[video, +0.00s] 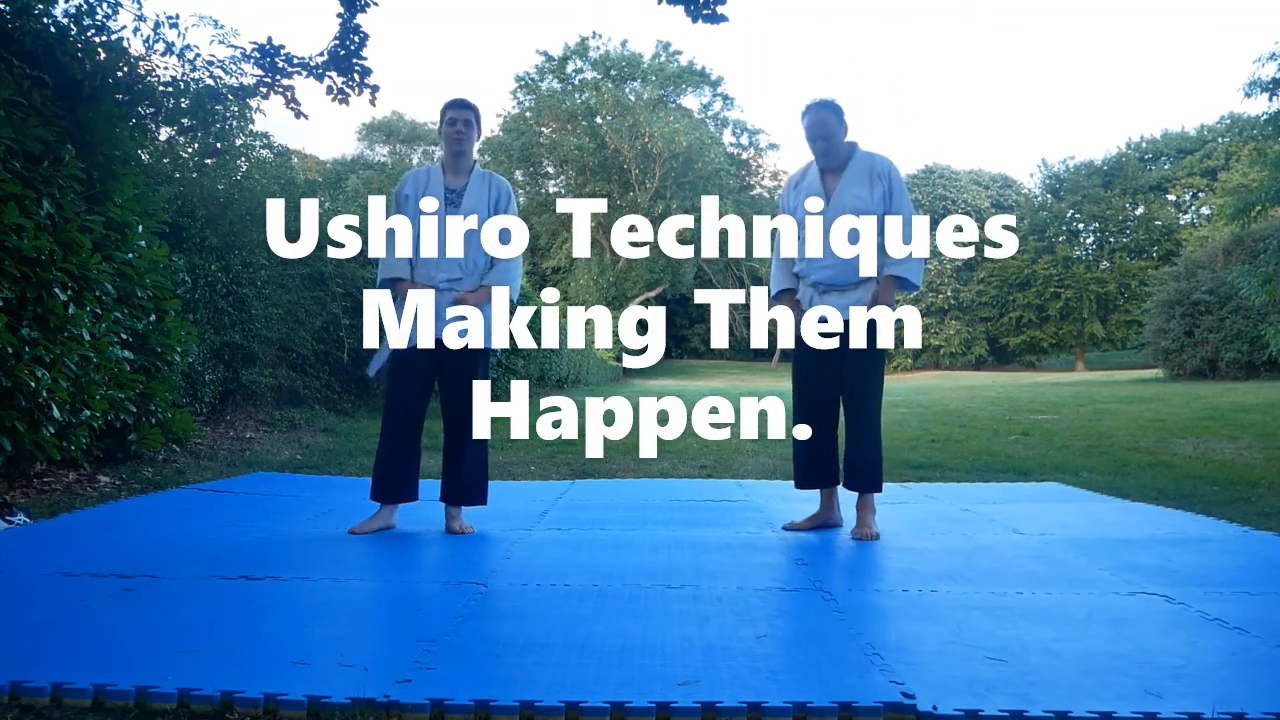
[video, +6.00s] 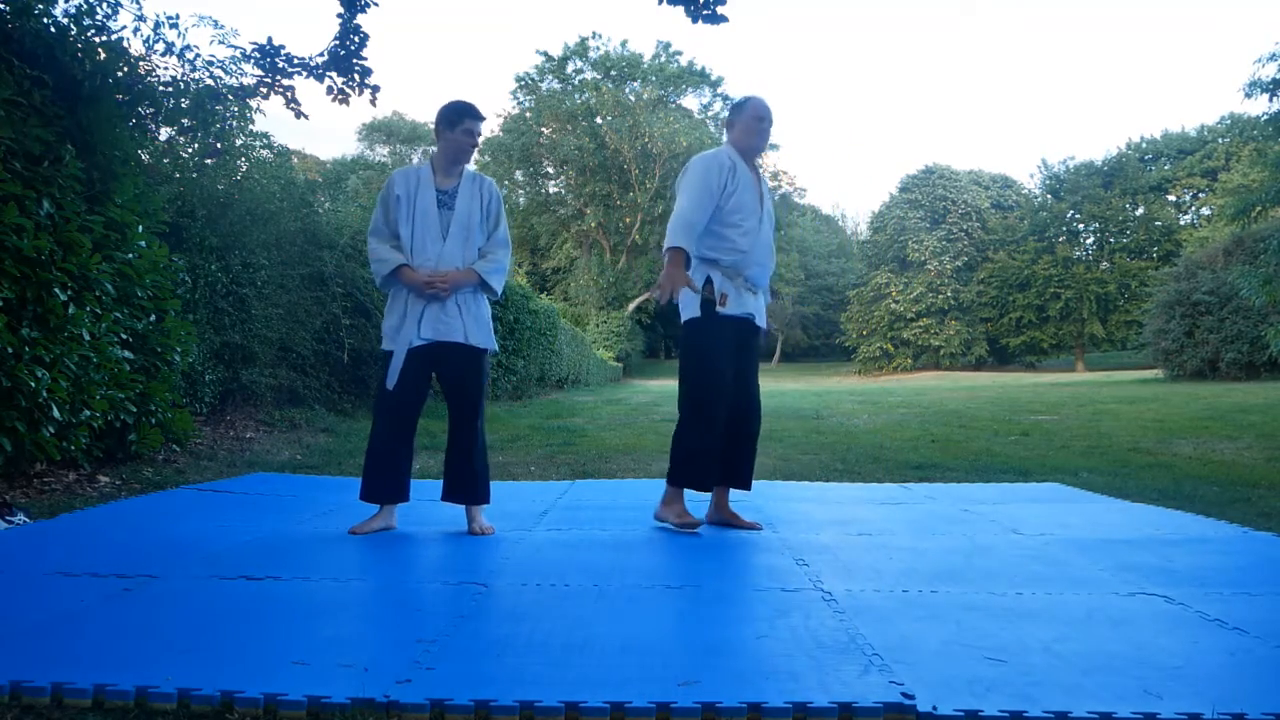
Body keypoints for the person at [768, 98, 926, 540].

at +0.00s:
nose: (817, 145)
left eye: (824, 136)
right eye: (811, 138)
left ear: (845, 130)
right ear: (804, 137)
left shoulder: (879, 170)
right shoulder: (795, 185)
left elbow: (904, 237)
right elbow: (783, 251)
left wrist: (883, 298)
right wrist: (791, 303)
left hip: (865, 307)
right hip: (812, 309)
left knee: (862, 408)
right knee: (815, 407)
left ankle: (865, 509)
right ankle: (828, 507)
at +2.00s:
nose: (818, 134)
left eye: (826, 126)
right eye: (813, 128)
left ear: (847, 128)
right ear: (806, 135)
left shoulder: (877, 172)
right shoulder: (798, 188)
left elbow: (900, 236)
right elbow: (781, 244)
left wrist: (857, 268)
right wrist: (786, 273)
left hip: (860, 311)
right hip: (809, 310)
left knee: (859, 408)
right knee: (811, 408)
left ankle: (864, 510)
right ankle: (828, 507)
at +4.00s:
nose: (800, 134)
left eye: (808, 126)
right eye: (794, 128)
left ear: (829, 128)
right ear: (788, 134)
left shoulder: (858, 172)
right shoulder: (788, 187)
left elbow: (881, 234)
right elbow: (770, 251)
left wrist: (891, 296)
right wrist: (757, 310)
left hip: (835, 305)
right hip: (790, 306)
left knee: (814, 407)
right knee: (800, 408)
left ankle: (794, 508)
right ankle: (828, 506)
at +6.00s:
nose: (767, 129)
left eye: (770, 124)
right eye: (759, 120)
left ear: (768, 133)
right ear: (732, 124)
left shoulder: (761, 186)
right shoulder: (711, 164)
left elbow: (760, 252)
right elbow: (685, 217)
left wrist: (763, 311)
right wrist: (674, 265)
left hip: (746, 305)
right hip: (708, 297)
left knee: (742, 405)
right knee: (704, 399)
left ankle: (720, 504)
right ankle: (672, 500)